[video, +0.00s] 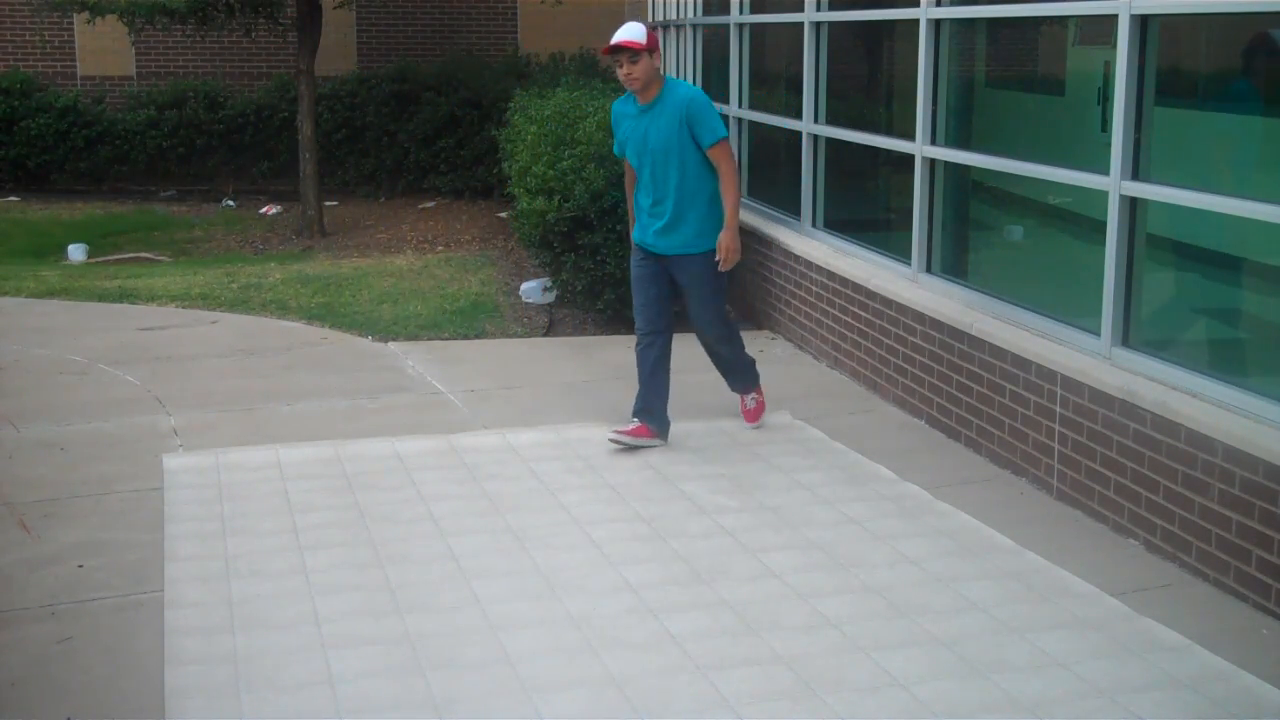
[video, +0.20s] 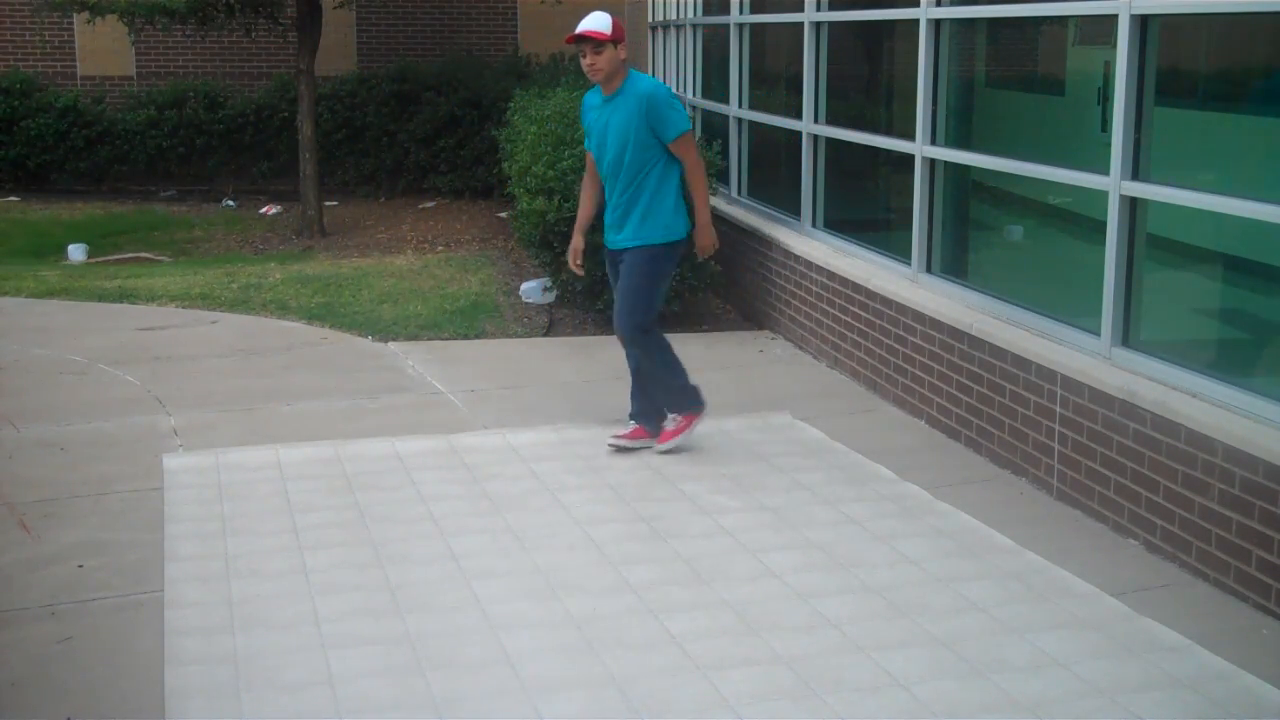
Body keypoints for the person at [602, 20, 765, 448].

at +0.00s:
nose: (625, 69)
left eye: (633, 59)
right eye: (619, 62)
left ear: (656, 58)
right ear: (614, 67)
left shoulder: (690, 100)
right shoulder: (622, 110)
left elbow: (726, 163)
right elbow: (631, 173)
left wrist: (731, 228)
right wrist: (635, 227)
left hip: (696, 240)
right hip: (647, 240)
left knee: (710, 325)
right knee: (649, 332)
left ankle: (746, 385)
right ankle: (651, 421)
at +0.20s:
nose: (588, 59)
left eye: (597, 49)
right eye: (582, 51)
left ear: (621, 50)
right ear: (578, 56)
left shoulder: (653, 95)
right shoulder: (591, 102)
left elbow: (692, 158)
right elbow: (593, 173)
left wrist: (703, 222)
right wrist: (579, 232)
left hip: (659, 232)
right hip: (617, 234)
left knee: (631, 322)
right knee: (632, 325)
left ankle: (686, 403)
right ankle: (647, 419)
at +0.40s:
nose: (547, 65)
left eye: (557, 55)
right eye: (543, 56)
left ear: (583, 57)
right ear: (539, 61)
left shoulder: (612, 100)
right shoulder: (555, 106)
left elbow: (660, 159)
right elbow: (550, 172)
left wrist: (659, 227)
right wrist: (523, 215)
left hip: (614, 240)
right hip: (586, 240)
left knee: (570, 334)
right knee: (623, 335)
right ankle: (650, 424)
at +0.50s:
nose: (525, 70)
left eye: (535, 61)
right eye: (521, 61)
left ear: (562, 62)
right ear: (519, 62)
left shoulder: (588, 106)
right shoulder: (532, 104)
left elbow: (640, 165)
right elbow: (531, 165)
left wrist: (626, 231)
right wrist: (509, 209)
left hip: (584, 245)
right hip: (558, 244)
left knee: (542, 342)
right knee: (600, 338)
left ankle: (507, 442)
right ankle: (645, 418)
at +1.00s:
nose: (385, 62)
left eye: (393, 56)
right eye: (387, 54)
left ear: (420, 64)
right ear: (414, 64)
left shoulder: (463, 114)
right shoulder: (412, 107)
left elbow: (494, 194)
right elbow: (428, 187)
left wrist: (493, 263)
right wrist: (419, 243)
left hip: (458, 269)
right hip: (417, 262)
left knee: (476, 362)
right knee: (390, 358)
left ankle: (497, 448)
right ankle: (350, 455)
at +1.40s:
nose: (311, 74)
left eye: (320, 65)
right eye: (306, 65)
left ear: (351, 58)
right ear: (304, 61)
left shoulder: (397, 104)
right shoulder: (303, 101)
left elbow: (423, 186)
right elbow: (261, 164)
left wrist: (364, 161)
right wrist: (299, 111)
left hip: (374, 265)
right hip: (319, 260)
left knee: (341, 371)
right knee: (319, 374)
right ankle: (336, 473)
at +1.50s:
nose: (311, 82)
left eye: (321, 73)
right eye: (303, 72)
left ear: (347, 65)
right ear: (295, 66)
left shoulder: (384, 107)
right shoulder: (287, 100)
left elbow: (410, 191)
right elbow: (243, 166)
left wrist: (366, 138)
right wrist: (290, 115)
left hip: (361, 273)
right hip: (301, 268)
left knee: (326, 388)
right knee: (316, 384)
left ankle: (300, 508)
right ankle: (341, 475)